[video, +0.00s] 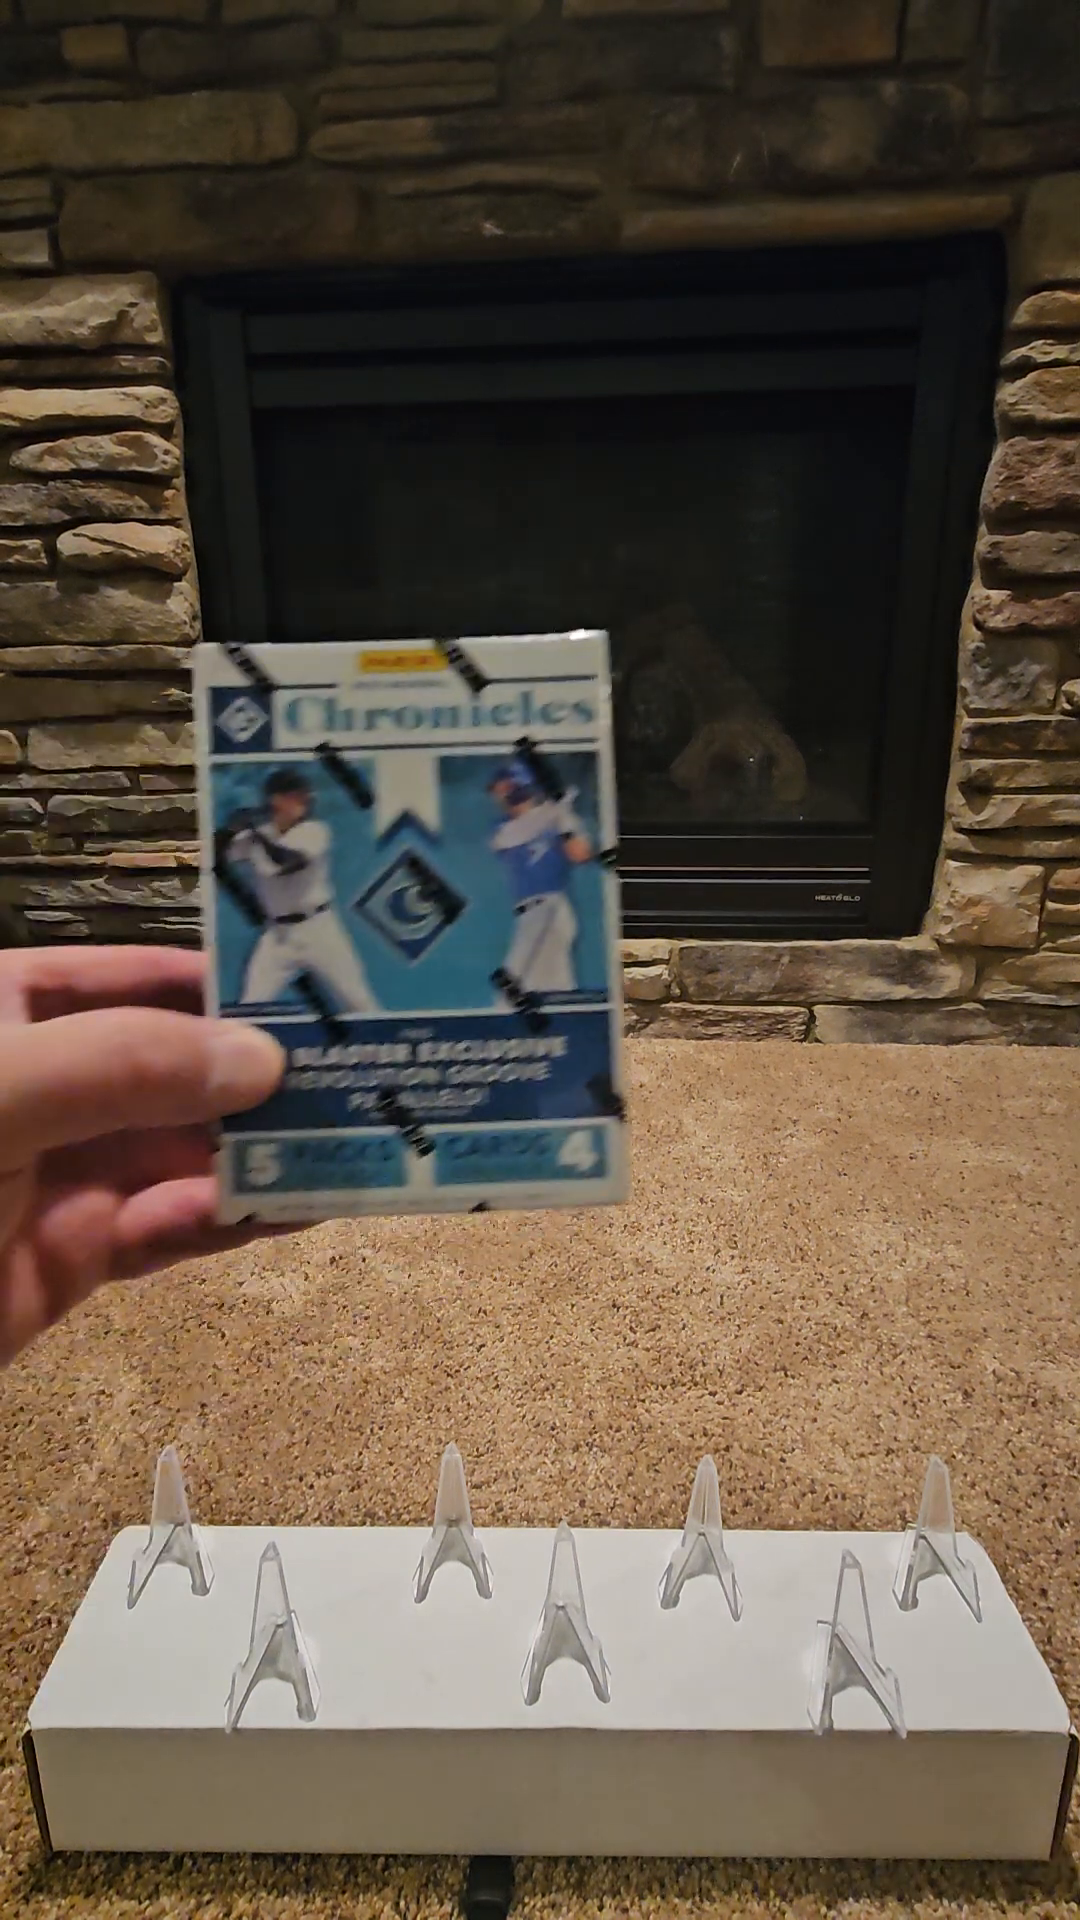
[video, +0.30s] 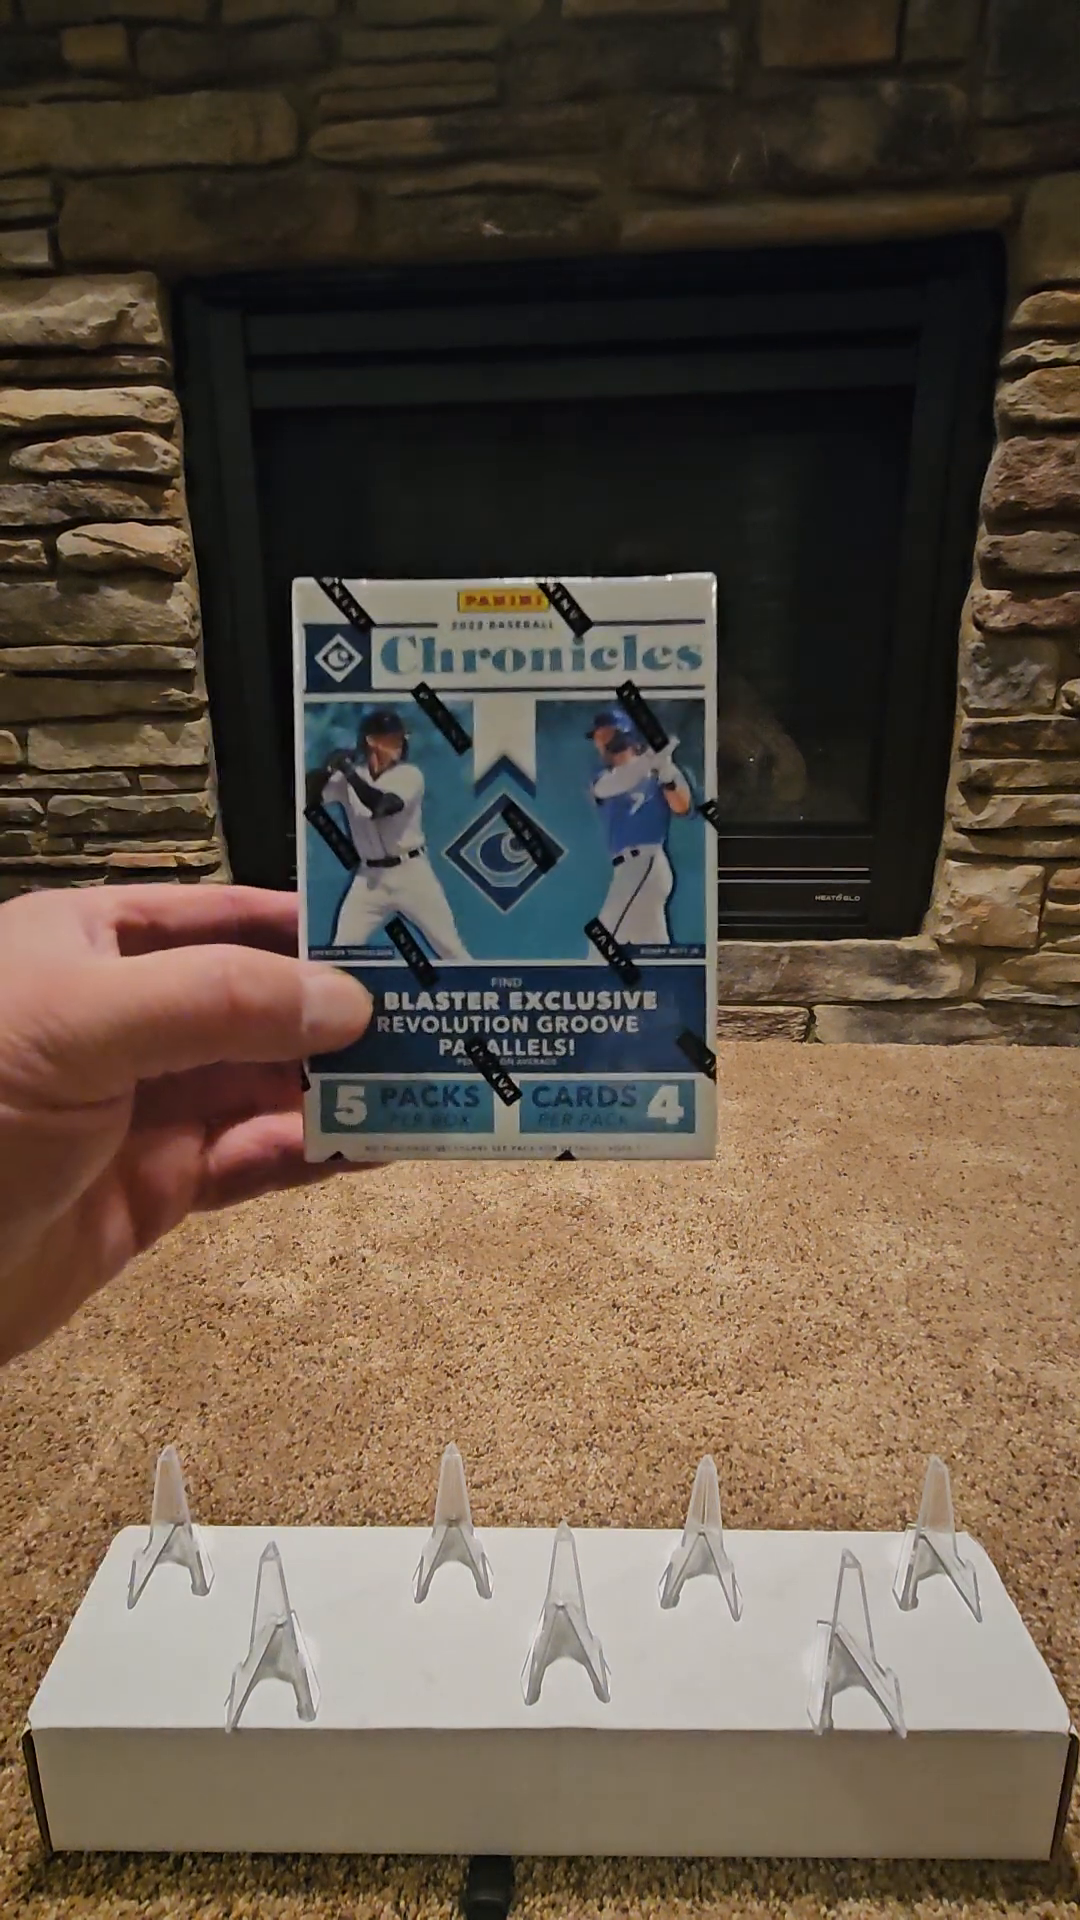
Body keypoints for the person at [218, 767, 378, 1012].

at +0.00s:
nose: (303, 803)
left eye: (304, 797)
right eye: (295, 797)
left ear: (306, 801)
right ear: (275, 800)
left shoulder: (315, 831)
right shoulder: (256, 838)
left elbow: (286, 862)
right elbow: (218, 856)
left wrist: (255, 834)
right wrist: (231, 831)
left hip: (319, 930)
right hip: (277, 934)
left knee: (358, 1001)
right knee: (252, 1009)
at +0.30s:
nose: (399, 742)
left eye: (400, 736)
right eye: (391, 737)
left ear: (403, 740)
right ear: (371, 742)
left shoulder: (409, 775)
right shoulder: (346, 781)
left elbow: (380, 807)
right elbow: (308, 798)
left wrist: (348, 772)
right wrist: (325, 771)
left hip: (412, 875)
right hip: (369, 878)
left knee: (450, 948)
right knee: (343, 952)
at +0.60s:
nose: (382, 703)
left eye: (383, 697)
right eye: (373, 698)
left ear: (387, 701)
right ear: (353, 705)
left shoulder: (394, 739)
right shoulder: (328, 745)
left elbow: (364, 773)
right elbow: (287, 765)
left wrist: (330, 737)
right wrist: (308, 734)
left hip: (399, 843)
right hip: (353, 848)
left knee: (439, 919)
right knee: (327, 925)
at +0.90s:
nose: (401, 664)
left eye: (402, 658)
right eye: (392, 658)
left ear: (406, 663)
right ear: (370, 666)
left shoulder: (412, 702)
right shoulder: (342, 709)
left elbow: (381, 738)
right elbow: (297, 728)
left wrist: (344, 699)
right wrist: (320, 696)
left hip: (416, 813)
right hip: (367, 818)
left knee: (457, 896)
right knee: (338, 900)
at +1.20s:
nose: (400, 668)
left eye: (401, 662)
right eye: (391, 662)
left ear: (406, 665)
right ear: (369, 667)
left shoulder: (411, 705)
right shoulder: (340, 708)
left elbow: (378, 740)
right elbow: (296, 732)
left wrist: (342, 699)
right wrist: (318, 698)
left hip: (414, 815)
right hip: (365, 819)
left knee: (455, 898)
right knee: (334, 900)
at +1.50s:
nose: (401, 671)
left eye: (402, 665)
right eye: (393, 664)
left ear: (404, 669)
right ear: (369, 669)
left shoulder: (410, 708)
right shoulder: (340, 711)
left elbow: (378, 742)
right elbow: (295, 729)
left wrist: (343, 702)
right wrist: (321, 698)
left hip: (411, 817)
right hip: (362, 821)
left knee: (452, 900)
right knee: (331, 900)